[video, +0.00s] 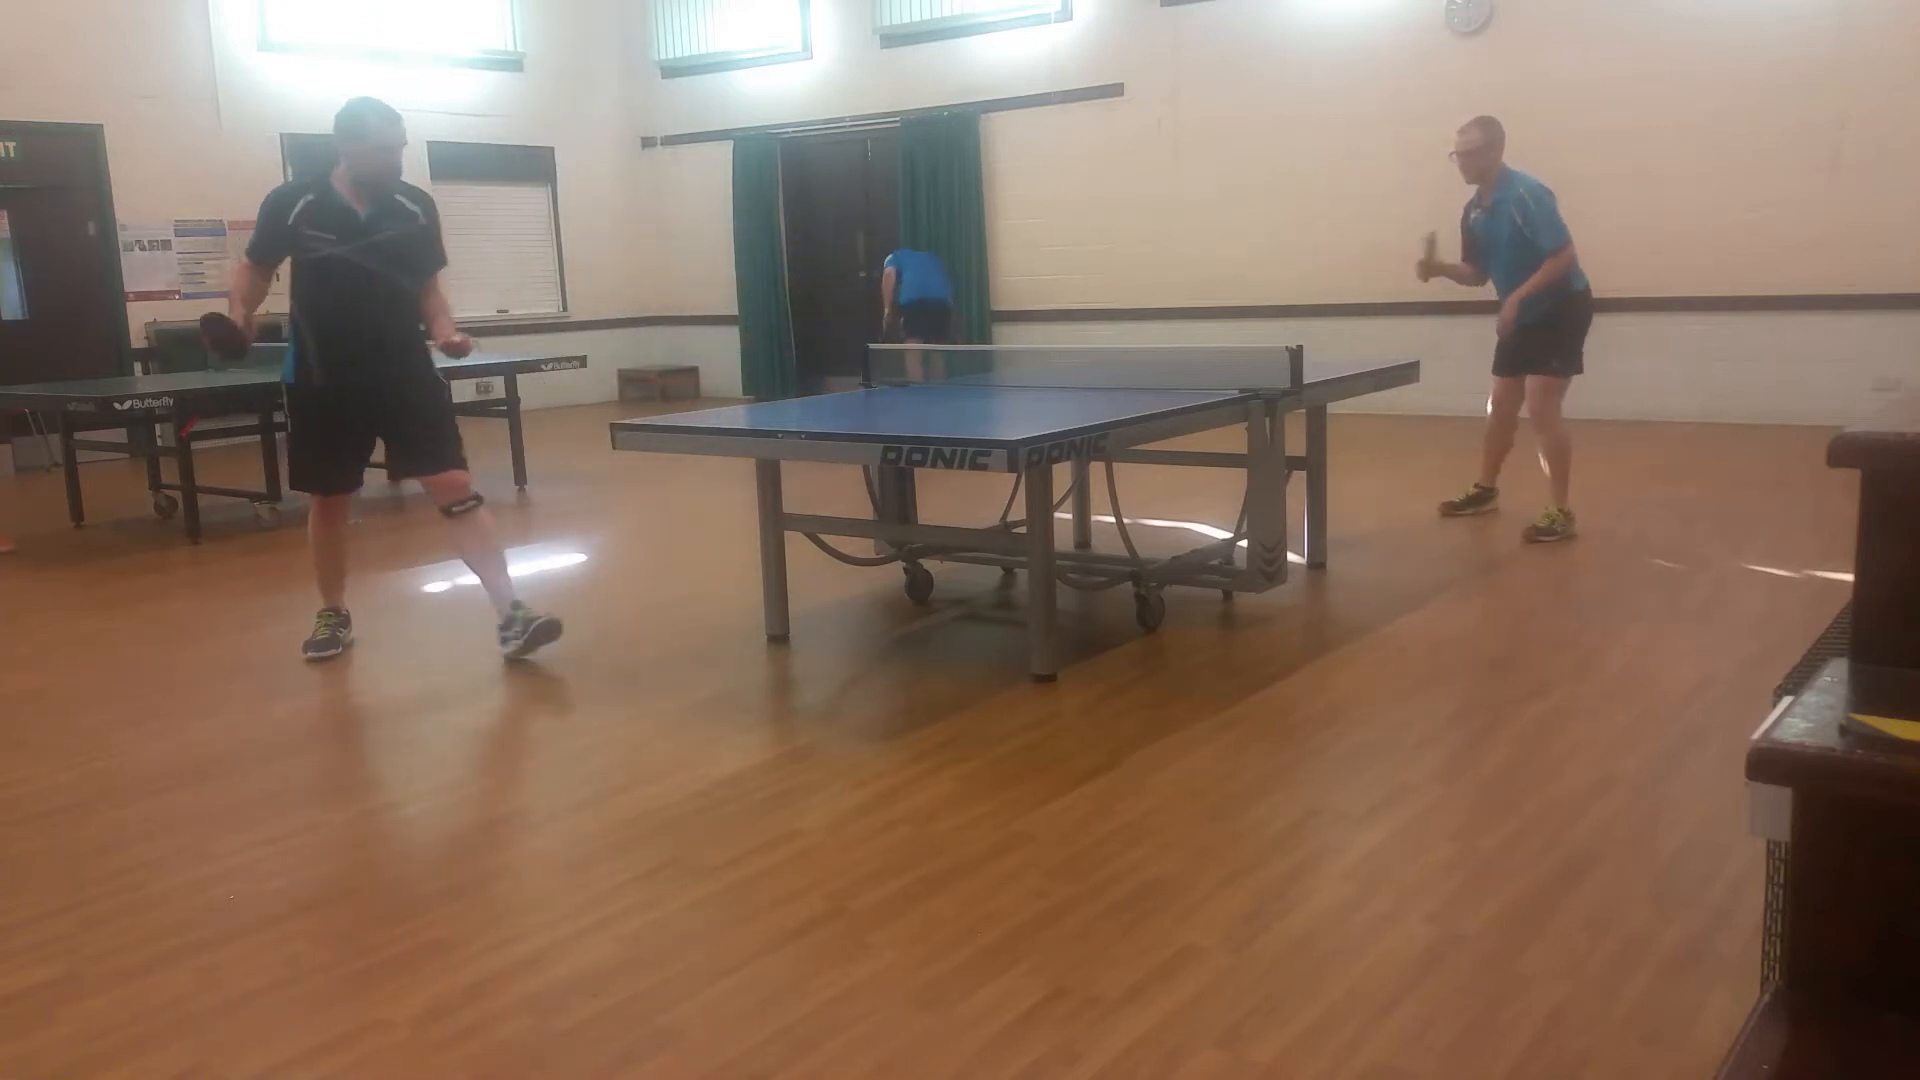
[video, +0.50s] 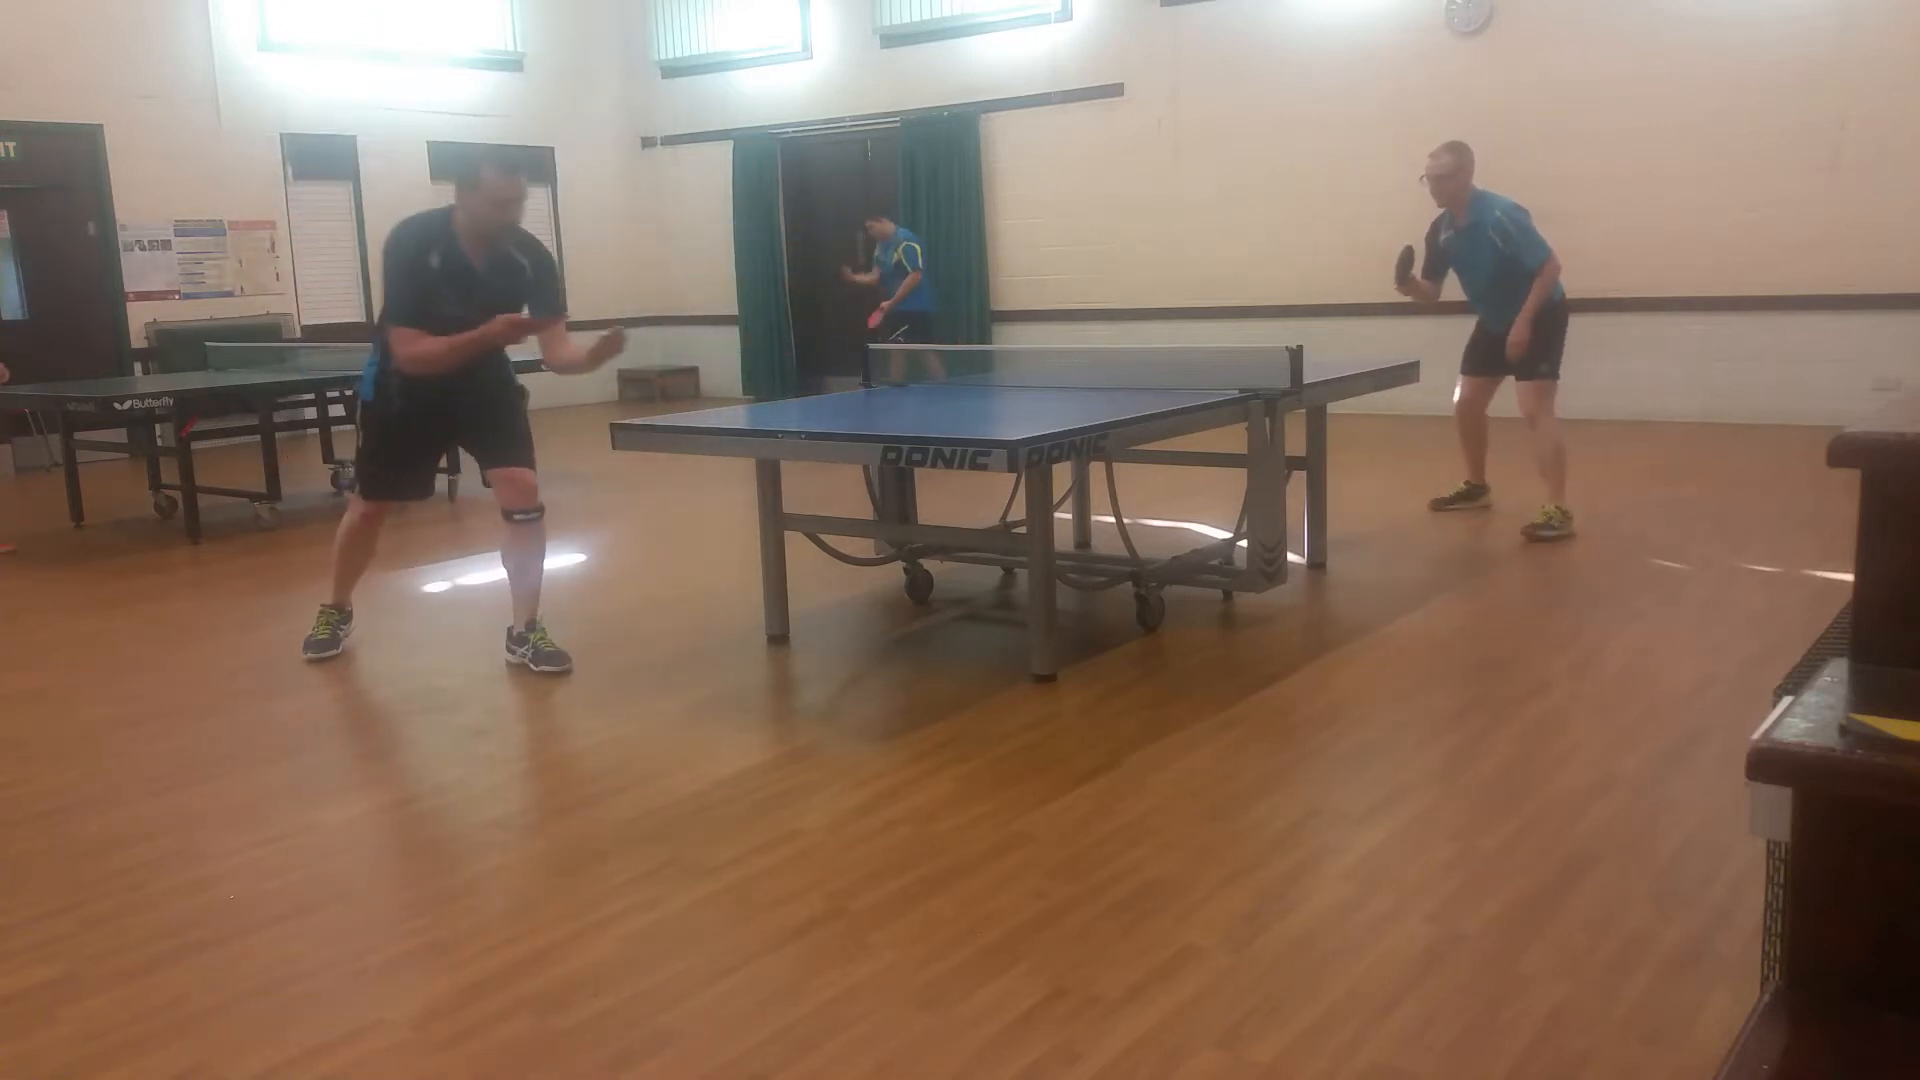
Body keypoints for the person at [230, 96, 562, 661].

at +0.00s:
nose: (398, 160)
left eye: (401, 149)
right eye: (387, 149)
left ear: (401, 146)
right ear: (346, 148)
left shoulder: (415, 207)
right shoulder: (292, 204)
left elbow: (428, 282)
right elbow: (254, 267)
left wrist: (444, 327)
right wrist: (241, 315)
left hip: (405, 371)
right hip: (327, 379)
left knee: (452, 484)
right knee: (330, 499)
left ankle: (510, 614)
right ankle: (332, 615)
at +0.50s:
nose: (512, 216)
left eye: (519, 204)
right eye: (501, 203)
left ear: (524, 200)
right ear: (464, 196)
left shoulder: (531, 257)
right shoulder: (412, 241)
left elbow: (557, 349)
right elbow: (408, 355)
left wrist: (589, 355)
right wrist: (490, 336)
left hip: (487, 382)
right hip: (406, 387)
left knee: (520, 490)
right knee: (369, 506)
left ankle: (526, 629)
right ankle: (336, 610)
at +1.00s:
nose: (560, 227)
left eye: (566, 213)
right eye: (547, 214)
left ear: (571, 210)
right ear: (508, 210)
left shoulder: (572, 268)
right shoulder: (455, 251)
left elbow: (584, 360)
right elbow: (470, 362)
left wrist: (632, 386)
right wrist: (546, 342)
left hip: (512, 379)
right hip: (431, 380)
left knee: (532, 495)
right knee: (405, 511)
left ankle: (526, 630)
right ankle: (392, 620)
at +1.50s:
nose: (547, 209)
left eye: (551, 194)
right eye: (532, 195)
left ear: (556, 191)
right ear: (495, 193)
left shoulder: (561, 254)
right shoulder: (440, 239)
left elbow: (581, 348)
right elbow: (449, 348)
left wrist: (635, 393)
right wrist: (531, 348)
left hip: (511, 375)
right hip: (430, 379)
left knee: (531, 496)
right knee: (412, 514)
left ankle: (527, 630)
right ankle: (399, 622)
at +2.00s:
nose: (370, 141)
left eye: (372, 128)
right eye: (353, 133)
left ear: (381, 131)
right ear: (322, 145)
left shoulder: (424, 193)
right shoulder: (299, 220)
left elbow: (502, 243)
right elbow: (283, 314)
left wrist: (572, 296)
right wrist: (350, 342)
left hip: (434, 374)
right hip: (347, 386)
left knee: (479, 491)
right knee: (326, 507)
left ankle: (518, 628)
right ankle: (305, 632)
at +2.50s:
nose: (448, 282)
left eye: (450, 272)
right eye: (441, 271)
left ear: (428, 263)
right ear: (403, 261)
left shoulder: (424, 288)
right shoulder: (346, 296)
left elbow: (420, 342)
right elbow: (377, 408)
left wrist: (451, 398)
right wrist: (464, 451)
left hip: (387, 415)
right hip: (319, 426)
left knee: (468, 518)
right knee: (307, 556)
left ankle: (444, 627)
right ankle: (301, 635)